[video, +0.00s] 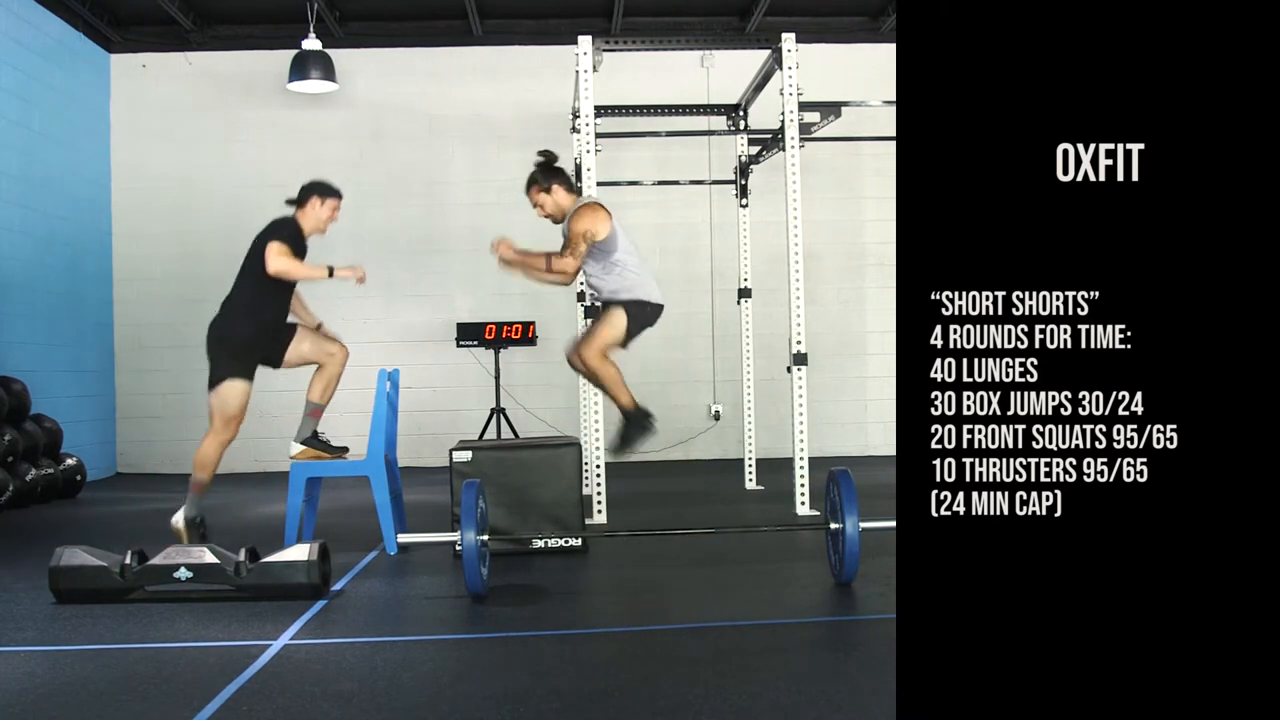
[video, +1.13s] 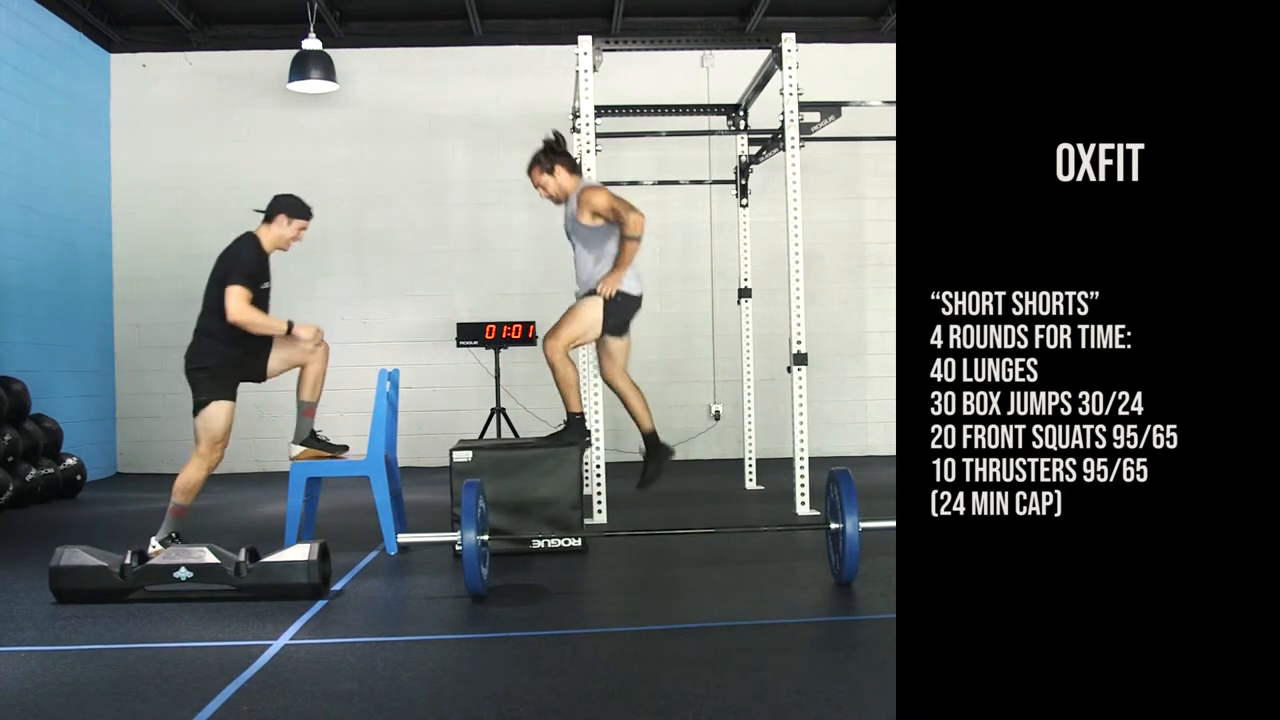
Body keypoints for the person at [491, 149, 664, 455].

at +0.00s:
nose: (540, 214)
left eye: (539, 205)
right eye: (536, 207)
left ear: (555, 190)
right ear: (555, 190)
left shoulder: (585, 215)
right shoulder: (580, 218)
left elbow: (567, 263)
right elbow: (566, 276)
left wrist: (516, 254)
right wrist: (518, 265)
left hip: (637, 300)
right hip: (621, 301)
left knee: (589, 352)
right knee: (576, 355)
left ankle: (635, 415)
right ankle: (632, 413)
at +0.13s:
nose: (522, 218)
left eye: (519, 210)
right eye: (516, 213)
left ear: (535, 194)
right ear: (535, 195)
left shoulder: (574, 219)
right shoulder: (563, 224)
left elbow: (571, 275)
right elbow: (563, 281)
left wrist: (536, 306)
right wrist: (534, 322)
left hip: (628, 286)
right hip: (616, 287)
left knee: (564, 331)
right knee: (560, 331)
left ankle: (582, 411)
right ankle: (579, 410)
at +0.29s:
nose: (509, 204)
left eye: (508, 195)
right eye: (505, 199)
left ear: (524, 181)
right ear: (525, 183)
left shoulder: (559, 209)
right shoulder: (549, 213)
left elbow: (589, 254)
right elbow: (584, 256)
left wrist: (579, 303)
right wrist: (575, 302)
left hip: (603, 297)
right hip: (596, 296)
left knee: (547, 348)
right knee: (546, 347)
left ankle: (572, 424)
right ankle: (571, 423)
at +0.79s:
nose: (515, 162)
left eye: (514, 153)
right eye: (511, 157)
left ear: (530, 137)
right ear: (532, 138)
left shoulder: (560, 164)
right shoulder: (554, 167)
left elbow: (592, 202)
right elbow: (584, 209)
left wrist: (583, 259)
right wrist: (571, 262)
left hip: (585, 268)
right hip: (577, 268)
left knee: (570, 337)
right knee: (569, 338)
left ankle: (577, 419)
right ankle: (574, 417)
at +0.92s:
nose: (521, 165)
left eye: (520, 156)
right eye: (516, 159)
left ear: (537, 141)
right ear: (539, 141)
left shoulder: (563, 167)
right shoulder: (568, 167)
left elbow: (599, 204)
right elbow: (611, 207)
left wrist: (593, 259)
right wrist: (593, 255)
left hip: (591, 270)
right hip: (597, 269)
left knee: (570, 339)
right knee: (578, 338)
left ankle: (577, 424)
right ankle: (609, 405)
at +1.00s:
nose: (529, 172)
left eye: (527, 163)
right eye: (525, 167)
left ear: (545, 148)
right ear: (546, 149)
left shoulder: (572, 174)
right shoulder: (573, 173)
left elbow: (613, 202)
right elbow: (616, 201)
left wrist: (603, 260)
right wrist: (599, 259)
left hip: (597, 275)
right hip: (604, 275)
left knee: (563, 340)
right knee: (585, 345)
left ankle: (575, 424)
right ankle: (634, 409)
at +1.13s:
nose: (541, 193)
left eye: (541, 185)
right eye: (538, 188)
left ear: (560, 171)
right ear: (558, 173)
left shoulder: (590, 195)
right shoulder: (576, 203)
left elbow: (634, 219)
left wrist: (617, 271)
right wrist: (596, 282)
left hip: (613, 293)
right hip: (615, 294)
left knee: (554, 345)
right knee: (614, 373)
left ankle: (575, 426)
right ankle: (654, 446)